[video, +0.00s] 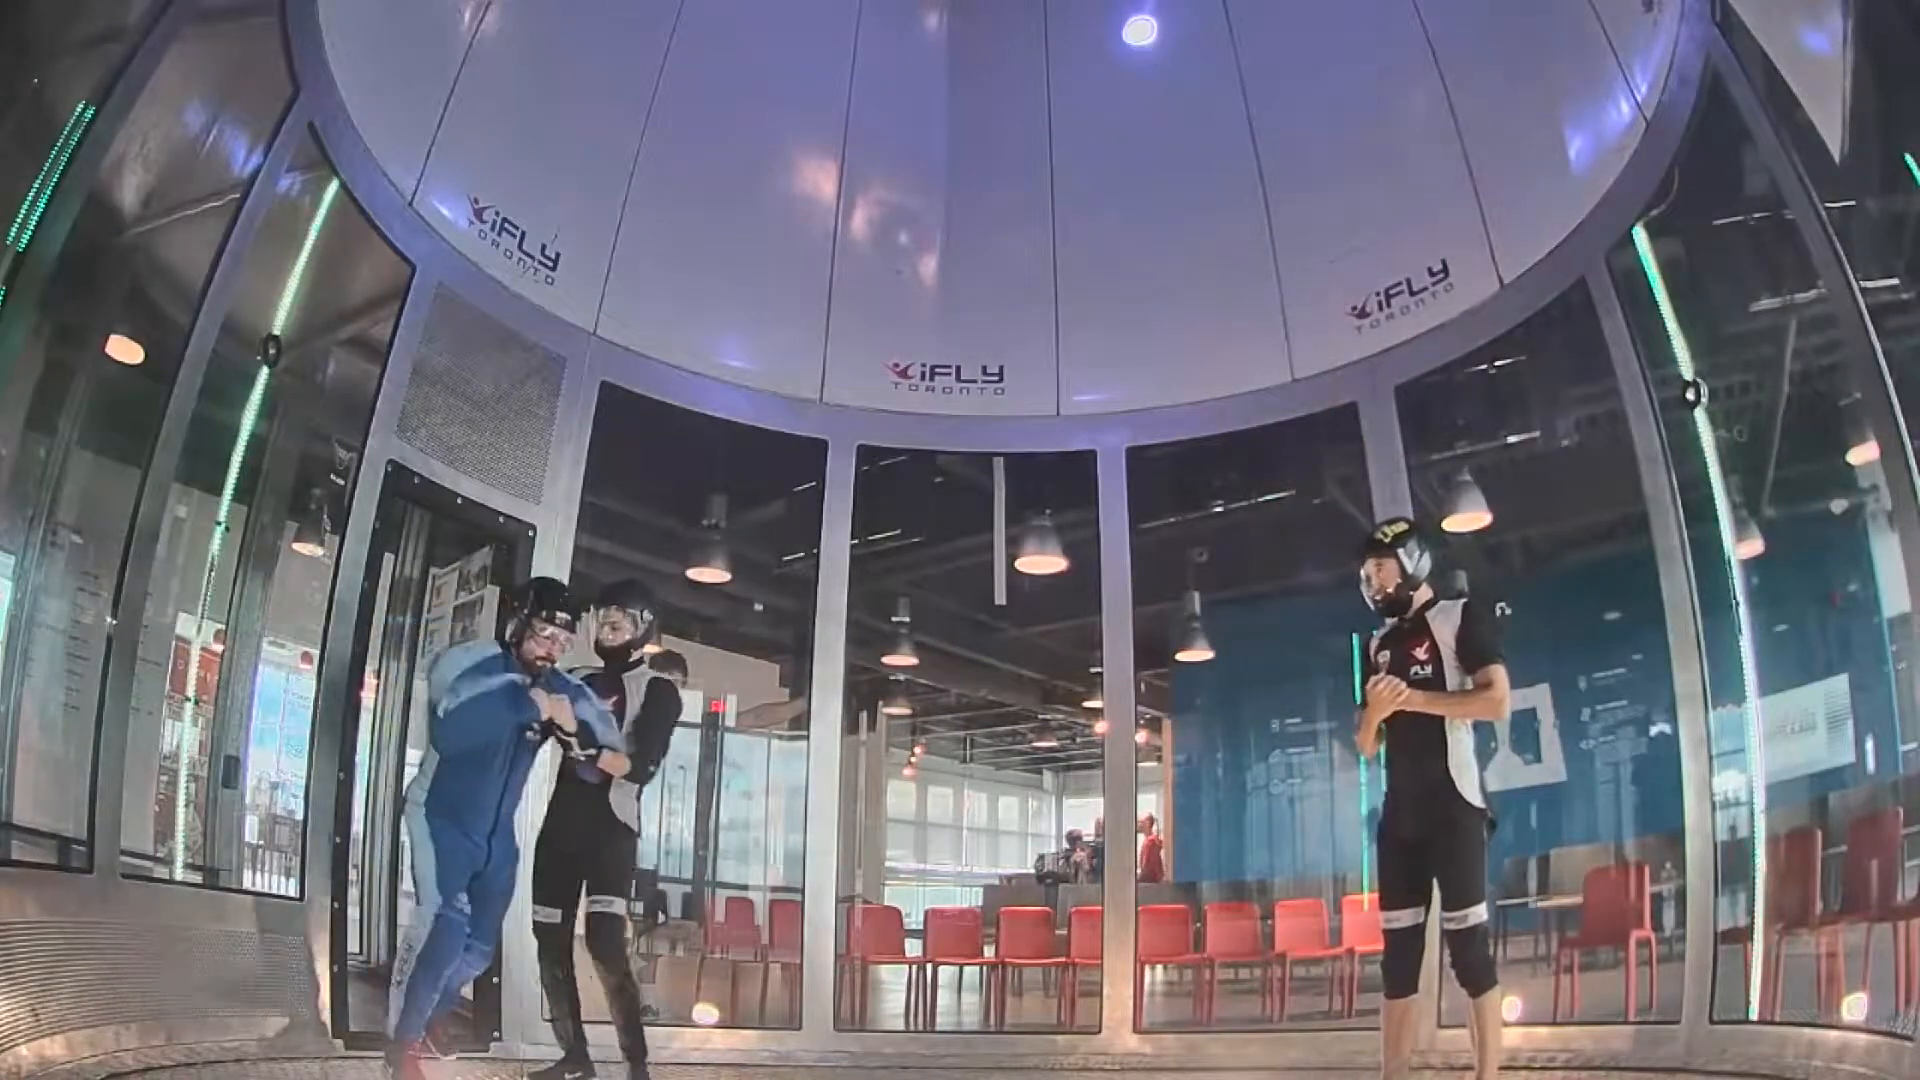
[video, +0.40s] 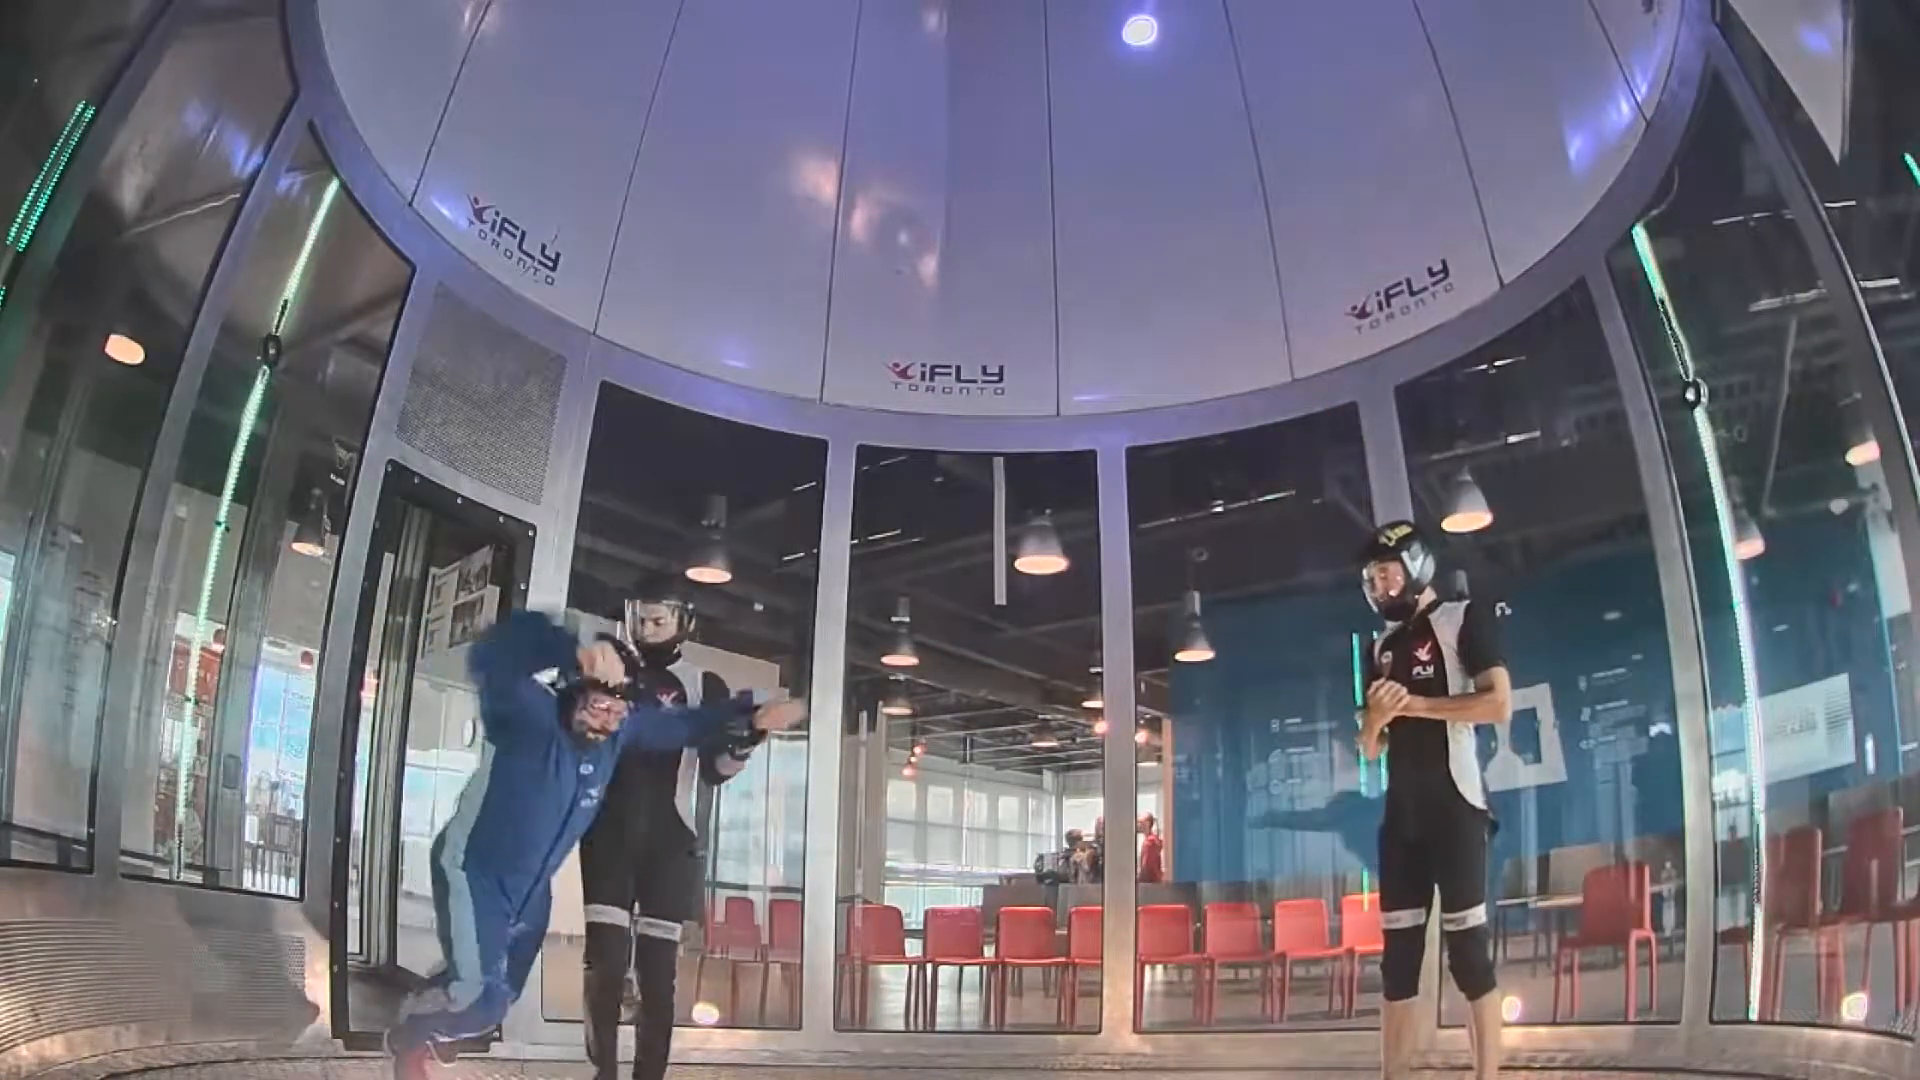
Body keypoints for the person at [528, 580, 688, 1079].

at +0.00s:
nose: (605, 628)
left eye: (617, 620)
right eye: (601, 619)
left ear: (642, 628)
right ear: (594, 625)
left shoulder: (658, 689)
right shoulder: (582, 685)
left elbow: (643, 765)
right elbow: (549, 734)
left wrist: (583, 743)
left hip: (613, 827)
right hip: (562, 819)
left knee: (604, 941)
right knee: (550, 944)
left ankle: (636, 1062)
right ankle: (575, 1057)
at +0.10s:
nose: (612, 629)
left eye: (622, 620)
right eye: (606, 620)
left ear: (647, 625)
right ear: (599, 625)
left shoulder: (663, 681)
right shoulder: (590, 680)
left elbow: (660, 764)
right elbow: (555, 728)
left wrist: (608, 759)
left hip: (621, 826)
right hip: (568, 819)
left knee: (622, 946)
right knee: (551, 944)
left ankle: (640, 1067)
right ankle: (575, 1053)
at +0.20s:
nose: (626, 631)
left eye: (637, 623)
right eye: (619, 621)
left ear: (658, 628)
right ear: (610, 625)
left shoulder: (679, 690)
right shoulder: (594, 681)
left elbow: (702, 754)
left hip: (646, 832)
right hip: (587, 825)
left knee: (645, 958)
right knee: (563, 955)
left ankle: (650, 1070)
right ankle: (576, 1038)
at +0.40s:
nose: (652, 629)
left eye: (662, 620)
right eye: (644, 620)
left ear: (683, 622)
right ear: (631, 621)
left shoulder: (706, 685)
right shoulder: (609, 670)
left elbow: (715, 770)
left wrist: (747, 741)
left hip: (671, 842)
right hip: (608, 836)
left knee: (657, 971)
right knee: (607, 965)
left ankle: (650, 1073)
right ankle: (605, 1071)